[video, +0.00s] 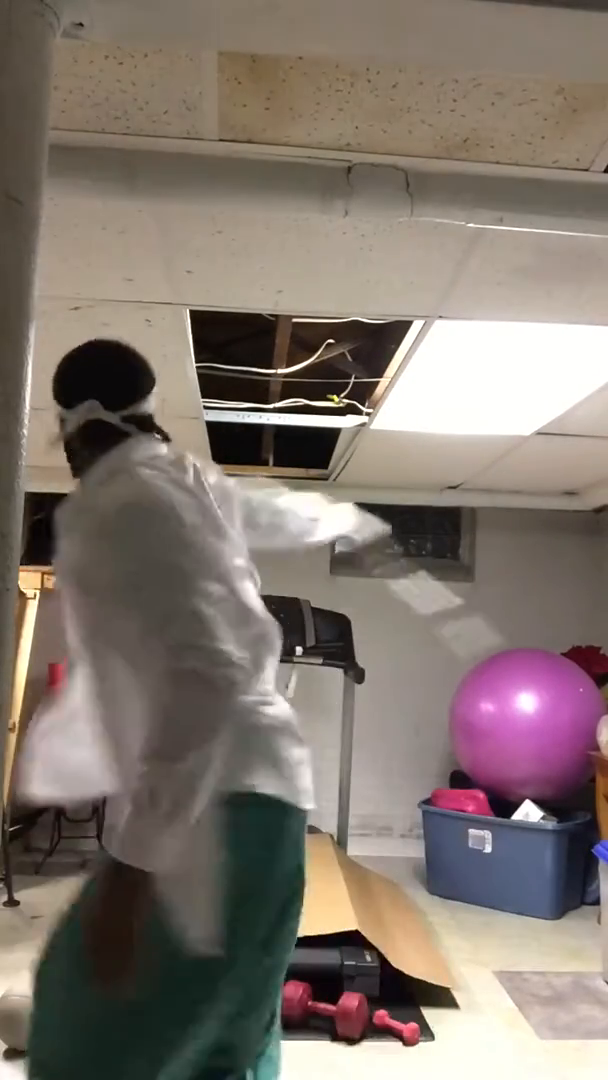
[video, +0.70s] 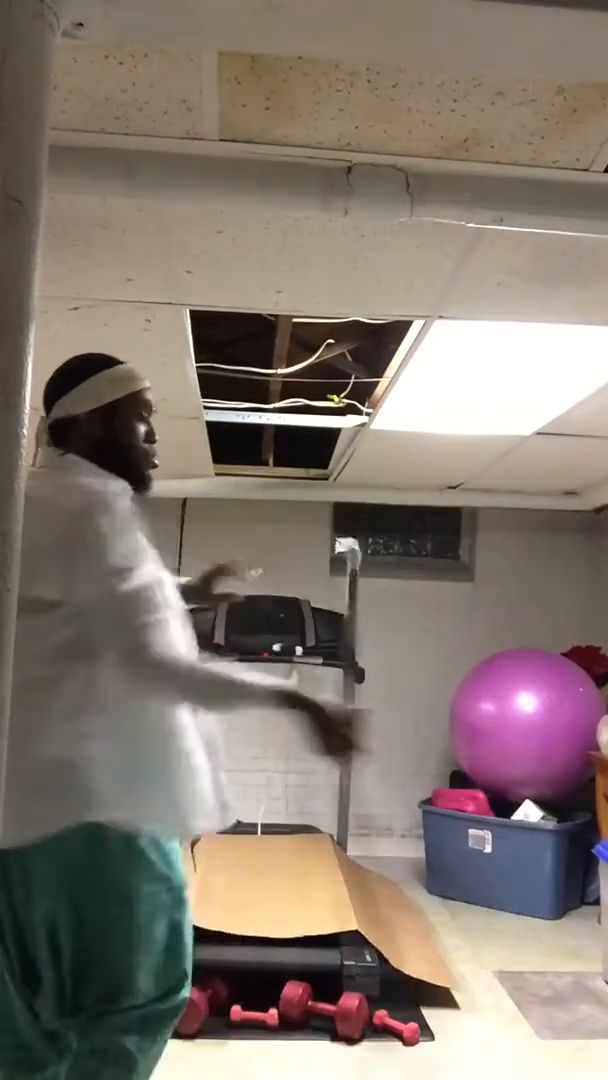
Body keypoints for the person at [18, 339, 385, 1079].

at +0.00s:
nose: (59, 432)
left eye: (59, 417)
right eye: (62, 417)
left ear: (71, 418)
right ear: (147, 408)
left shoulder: (123, 495)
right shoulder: (196, 483)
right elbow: (298, 516)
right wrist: (362, 530)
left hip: (204, 818)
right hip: (266, 816)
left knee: (80, 1038)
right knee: (227, 1052)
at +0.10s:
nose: (66, 431)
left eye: (68, 417)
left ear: (72, 422)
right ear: (156, 411)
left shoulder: (72, 504)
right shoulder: (214, 475)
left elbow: (122, 671)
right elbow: (325, 498)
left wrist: (140, 868)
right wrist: (425, 505)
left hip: (155, 809)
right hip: (265, 809)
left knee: (68, 1053)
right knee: (233, 1058)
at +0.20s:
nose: (160, 418)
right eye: (156, 409)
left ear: (68, 421)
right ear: (152, 413)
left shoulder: (40, 503)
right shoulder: (208, 476)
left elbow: (47, 672)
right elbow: (336, 504)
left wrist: (72, 845)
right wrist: (467, 511)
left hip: (112, 804)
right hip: (238, 801)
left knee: (60, 1055)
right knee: (247, 1051)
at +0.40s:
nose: (165, 422)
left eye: (161, 408)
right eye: (157, 408)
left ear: (70, 420)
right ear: (138, 415)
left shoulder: (23, 505)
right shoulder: (190, 491)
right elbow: (328, 542)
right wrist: (477, 577)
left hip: (50, 813)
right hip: (177, 806)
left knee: (40, 1042)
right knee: (202, 1045)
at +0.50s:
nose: (162, 422)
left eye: (159, 407)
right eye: (152, 407)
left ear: (73, 420)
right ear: (116, 415)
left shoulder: (17, 499)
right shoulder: (166, 496)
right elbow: (293, 572)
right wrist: (439, 631)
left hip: (25, 829)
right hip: (152, 831)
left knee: (37, 1056)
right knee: (161, 1054)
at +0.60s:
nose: (159, 434)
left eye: (155, 416)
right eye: (145, 416)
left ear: (67, 427)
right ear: (100, 424)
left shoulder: (21, 501)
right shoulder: (134, 508)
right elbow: (242, 617)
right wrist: (383, 678)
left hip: (17, 814)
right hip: (128, 812)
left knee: (29, 1031)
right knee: (139, 1027)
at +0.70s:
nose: (154, 433)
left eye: (150, 416)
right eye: (138, 416)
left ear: (77, 429)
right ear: (84, 425)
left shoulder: (33, 500)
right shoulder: (96, 505)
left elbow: (89, 617)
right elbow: (153, 658)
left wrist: (192, 591)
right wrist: (295, 700)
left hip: (27, 802)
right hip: (102, 802)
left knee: (33, 1018)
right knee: (134, 1011)